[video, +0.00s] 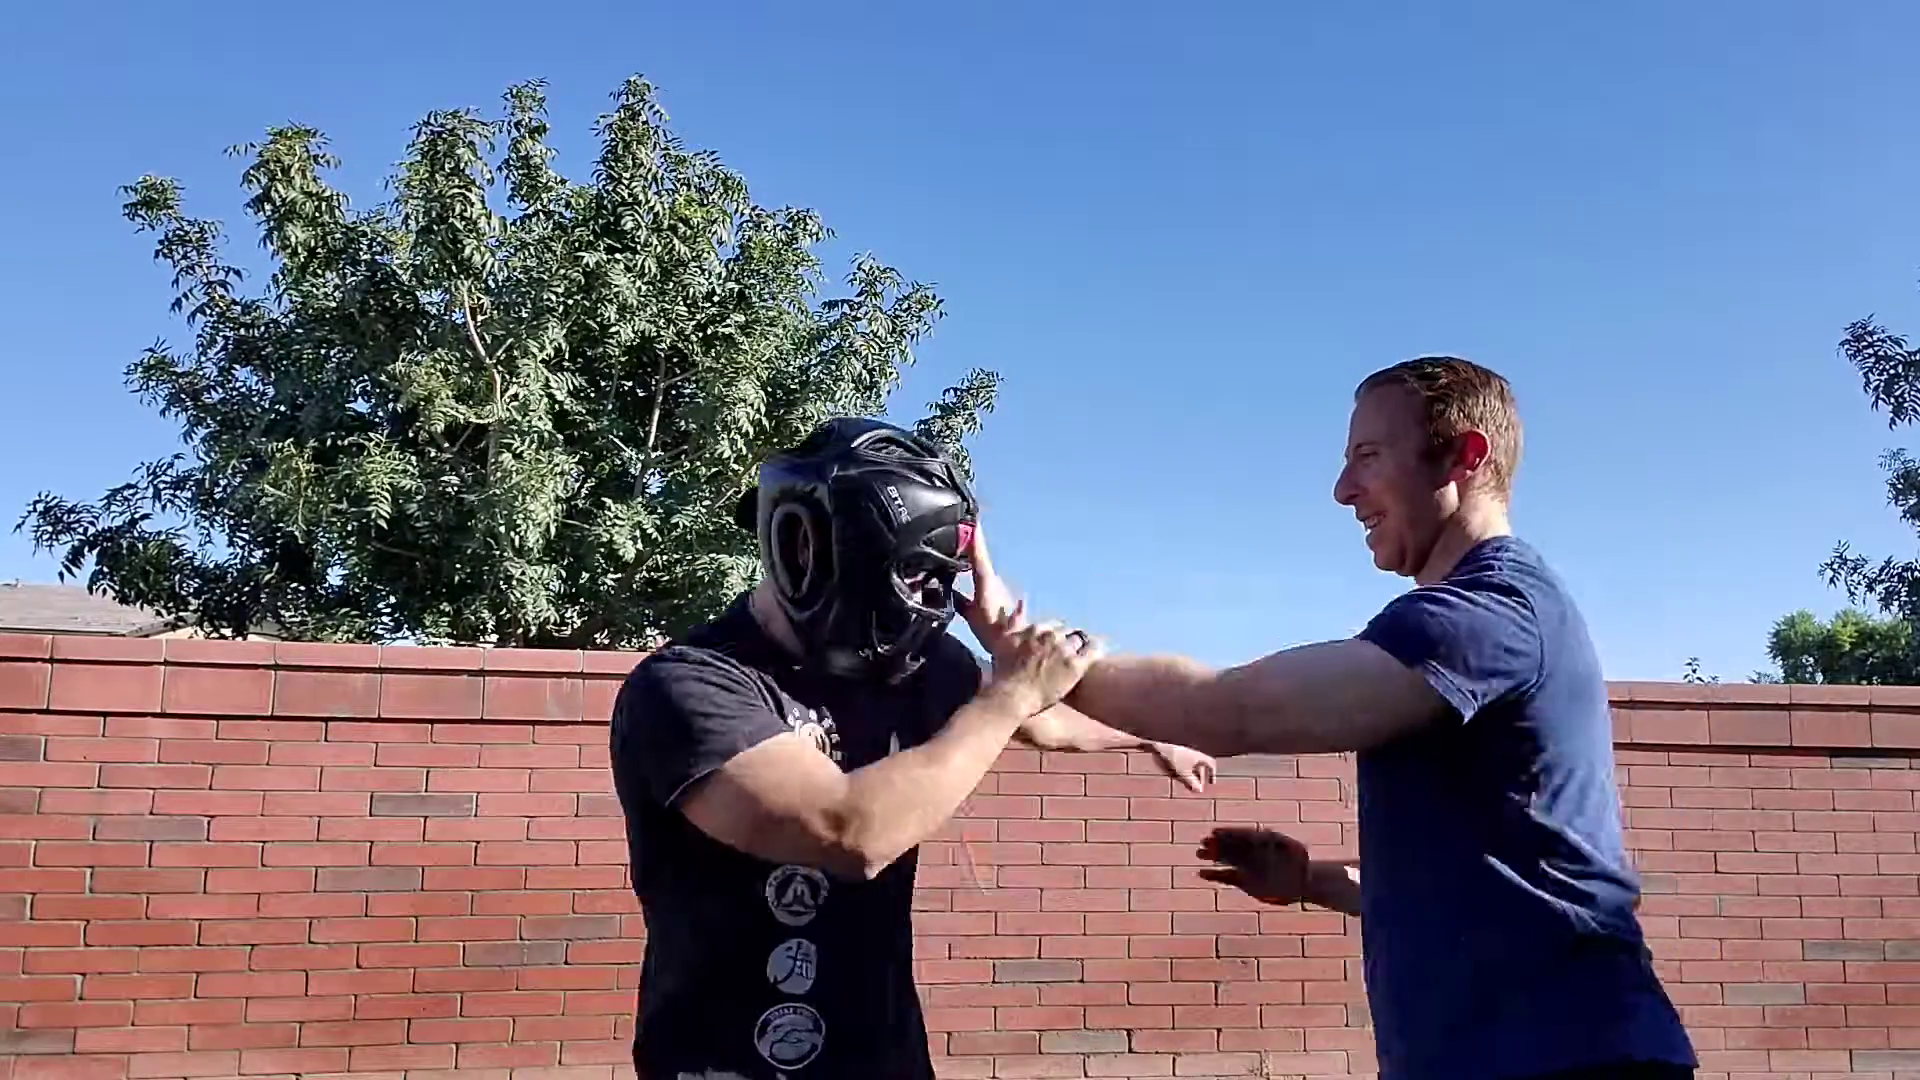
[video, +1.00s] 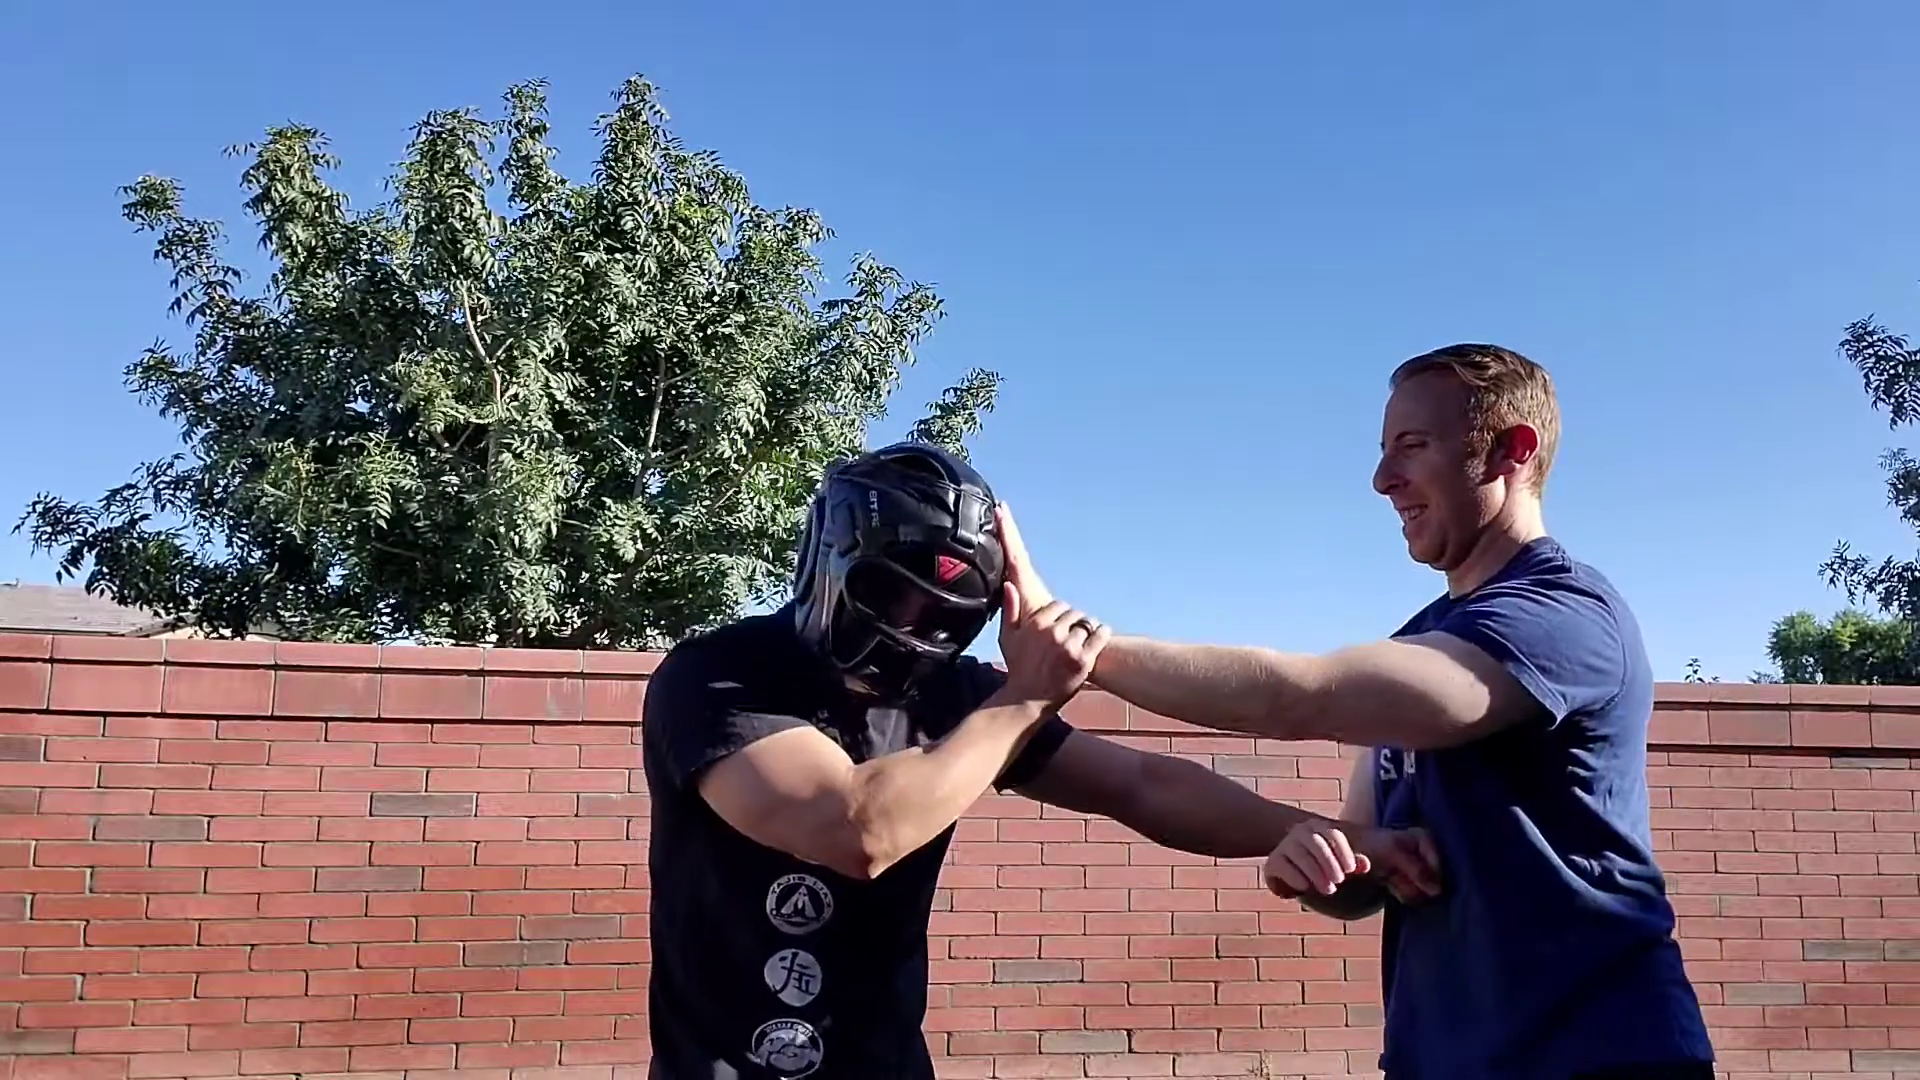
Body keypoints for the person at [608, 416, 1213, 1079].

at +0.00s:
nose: (927, 600)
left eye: (933, 572)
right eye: (907, 571)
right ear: (811, 552)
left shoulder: (915, 667)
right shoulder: (680, 692)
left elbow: (1043, 721)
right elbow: (854, 830)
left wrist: (1150, 740)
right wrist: (1009, 697)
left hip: (880, 1058)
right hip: (720, 1061)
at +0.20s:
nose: (940, 614)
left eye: (951, 586)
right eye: (914, 587)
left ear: (959, 574)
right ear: (815, 576)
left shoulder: (920, 666)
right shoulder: (678, 732)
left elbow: (1091, 622)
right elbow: (758, 957)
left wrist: (1243, 593)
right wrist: (956, 875)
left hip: (902, 1067)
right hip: (741, 1072)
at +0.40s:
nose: (990, 602)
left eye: (995, 575)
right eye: (974, 571)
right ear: (878, 549)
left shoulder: (913, 677)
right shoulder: (757, 680)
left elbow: (1033, 781)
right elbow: (906, 860)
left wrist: (1153, 727)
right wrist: (1044, 684)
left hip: (879, 1059)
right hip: (748, 1062)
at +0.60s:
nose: (926, 622)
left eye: (939, 595)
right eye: (905, 590)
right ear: (824, 572)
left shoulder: (894, 704)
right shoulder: (712, 695)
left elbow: (1030, 836)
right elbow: (915, 804)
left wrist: (1185, 910)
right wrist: (1040, 667)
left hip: (887, 1062)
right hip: (742, 1064)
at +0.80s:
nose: (883, 608)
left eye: (914, 592)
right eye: (866, 573)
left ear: (939, 596)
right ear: (805, 544)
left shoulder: (928, 690)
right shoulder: (690, 677)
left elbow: (1124, 774)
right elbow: (842, 817)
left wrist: (1316, 829)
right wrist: (1012, 685)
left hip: (883, 1058)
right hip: (723, 1056)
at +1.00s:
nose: (924, 618)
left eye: (950, 603)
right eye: (907, 584)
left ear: (969, 606)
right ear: (838, 559)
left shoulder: (949, 695)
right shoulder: (711, 678)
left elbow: (1133, 781)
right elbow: (860, 829)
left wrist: (1307, 835)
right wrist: (1020, 699)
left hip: (882, 1062)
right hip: (723, 1061)